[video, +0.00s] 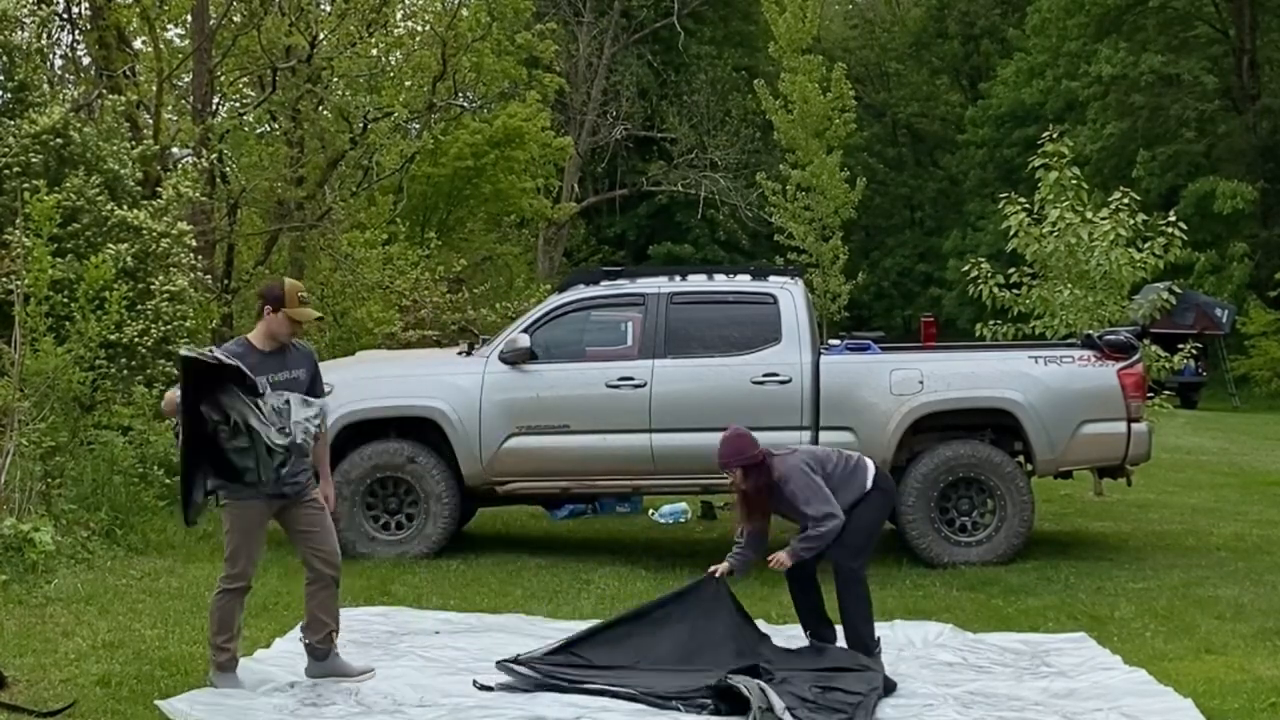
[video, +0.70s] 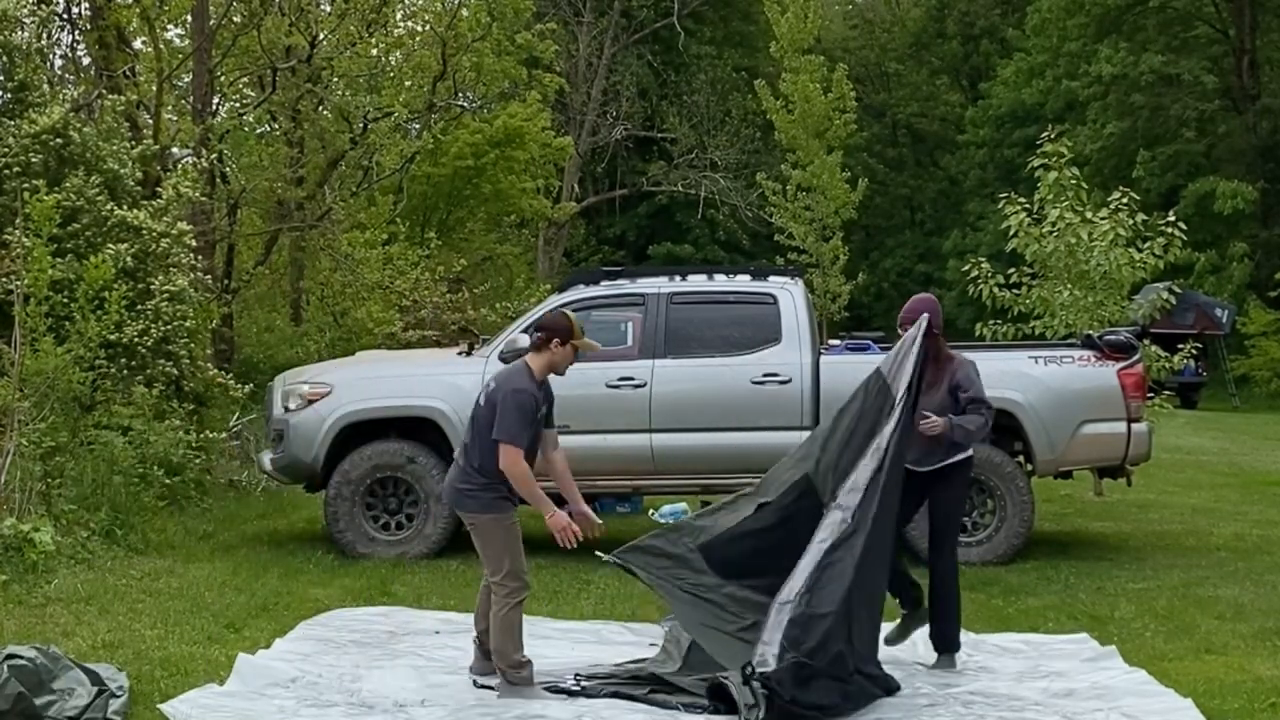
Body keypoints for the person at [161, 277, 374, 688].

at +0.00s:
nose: (298, 327)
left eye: (300, 320)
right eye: (293, 319)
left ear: (285, 316)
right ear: (269, 313)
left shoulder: (303, 358)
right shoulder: (228, 358)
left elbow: (318, 425)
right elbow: (170, 403)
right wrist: (201, 389)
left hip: (298, 486)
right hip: (246, 489)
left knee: (326, 562)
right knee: (237, 577)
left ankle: (321, 656)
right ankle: (223, 667)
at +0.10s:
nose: (305, 329)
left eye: (306, 322)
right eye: (299, 321)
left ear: (287, 317)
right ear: (275, 316)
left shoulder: (305, 357)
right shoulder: (233, 364)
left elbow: (316, 416)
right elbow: (181, 410)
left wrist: (325, 474)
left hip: (305, 482)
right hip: (254, 487)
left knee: (343, 555)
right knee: (243, 578)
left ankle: (336, 647)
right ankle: (225, 669)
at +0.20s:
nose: (336, 333)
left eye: (337, 327)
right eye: (333, 326)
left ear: (316, 322)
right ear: (310, 321)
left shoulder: (332, 363)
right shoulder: (263, 369)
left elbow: (339, 423)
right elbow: (223, 426)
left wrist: (348, 480)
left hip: (325, 489)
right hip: (277, 492)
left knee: (354, 567)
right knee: (257, 581)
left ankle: (373, 658)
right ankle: (226, 667)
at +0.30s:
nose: (403, 336)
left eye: (404, 329)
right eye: (399, 328)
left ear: (382, 327)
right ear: (378, 326)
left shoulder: (388, 371)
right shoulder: (338, 370)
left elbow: (388, 435)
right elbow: (304, 427)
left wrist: (398, 492)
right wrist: (310, 491)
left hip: (374, 499)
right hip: (335, 499)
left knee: (385, 582)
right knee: (315, 582)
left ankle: (384, 670)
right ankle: (245, 653)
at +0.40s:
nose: (444, 335)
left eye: (445, 327)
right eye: (441, 326)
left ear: (422, 324)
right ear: (420, 322)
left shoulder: (425, 368)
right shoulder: (380, 365)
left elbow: (429, 432)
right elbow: (352, 426)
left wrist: (449, 489)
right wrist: (370, 484)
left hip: (405, 486)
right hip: (382, 487)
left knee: (393, 571)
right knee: (425, 558)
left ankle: (386, 666)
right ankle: (358, 628)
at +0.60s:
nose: (529, 342)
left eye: (529, 335)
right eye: (525, 334)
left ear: (498, 334)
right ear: (507, 335)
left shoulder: (493, 374)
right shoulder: (483, 385)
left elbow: (510, 442)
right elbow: (492, 460)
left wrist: (537, 484)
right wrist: (532, 512)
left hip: (471, 497)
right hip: (476, 501)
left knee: (481, 580)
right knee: (511, 585)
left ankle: (414, 643)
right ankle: (515, 678)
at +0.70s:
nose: (574, 357)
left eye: (575, 350)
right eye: (573, 349)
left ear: (547, 345)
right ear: (554, 346)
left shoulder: (540, 387)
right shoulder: (519, 388)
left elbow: (550, 452)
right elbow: (510, 463)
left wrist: (577, 503)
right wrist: (551, 512)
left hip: (490, 492)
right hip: (480, 495)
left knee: (499, 576)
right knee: (510, 583)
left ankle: (486, 659)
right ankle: (515, 677)